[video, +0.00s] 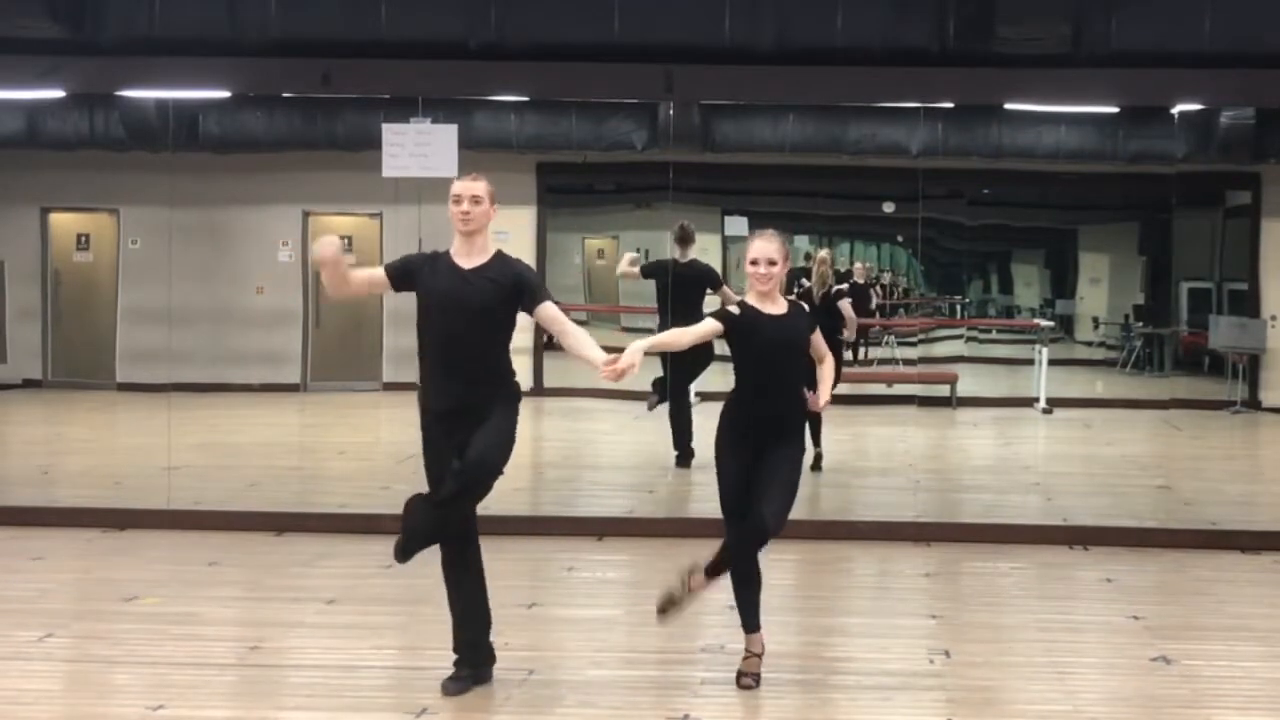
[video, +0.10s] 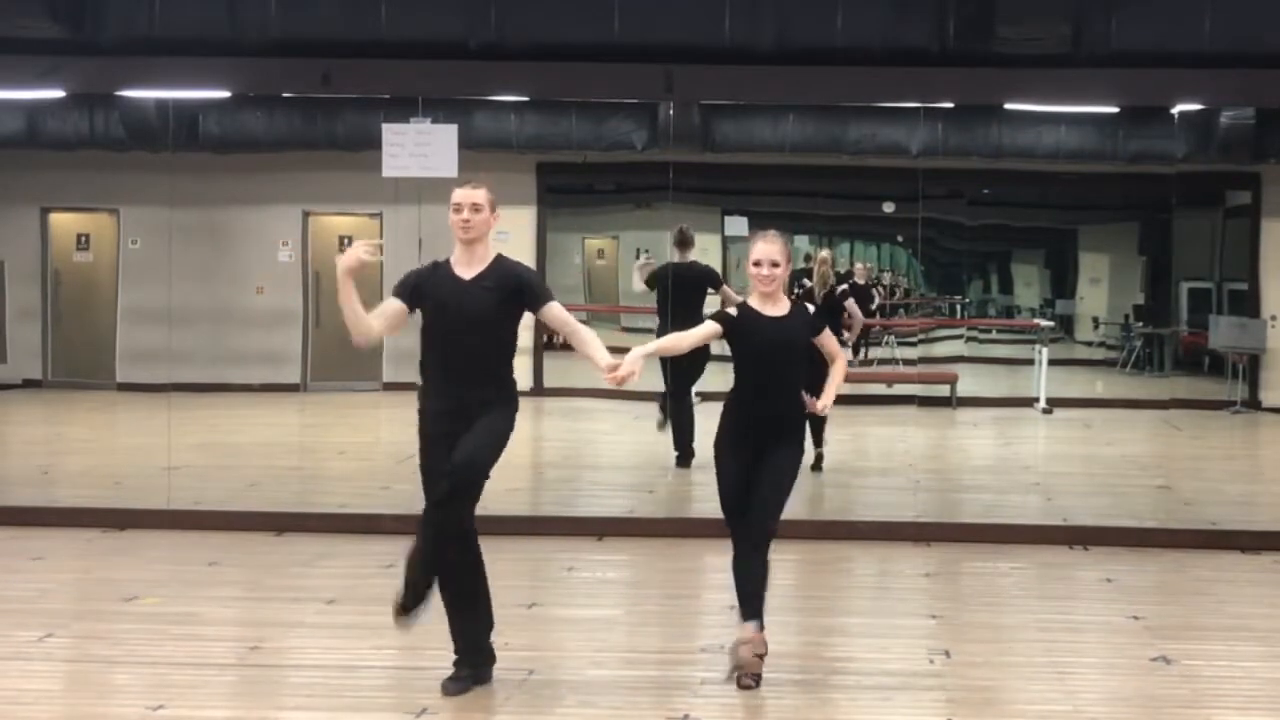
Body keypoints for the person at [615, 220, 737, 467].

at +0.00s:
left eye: (676, 242)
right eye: (688, 242)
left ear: (673, 242)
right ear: (694, 243)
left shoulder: (660, 267)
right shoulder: (704, 271)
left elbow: (622, 272)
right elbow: (731, 299)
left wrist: (627, 258)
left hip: (667, 337)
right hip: (697, 337)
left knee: (678, 395)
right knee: (704, 357)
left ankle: (684, 452)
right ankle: (663, 389)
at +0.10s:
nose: (683, 248)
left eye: (678, 244)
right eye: (689, 245)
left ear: (673, 245)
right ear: (694, 245)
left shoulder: (663, 271)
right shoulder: (705, 272)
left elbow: (640, 286)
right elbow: (732, 299)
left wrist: (637, 268)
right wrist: (743, 303)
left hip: (668, 340)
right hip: (697, 340)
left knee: (678, 393)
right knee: (685, 382)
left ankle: (684, 452)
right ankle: (665, 405)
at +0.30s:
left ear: (675, 248)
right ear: (694, 248)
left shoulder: (664, 275)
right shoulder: (703, 276)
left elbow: (663, 305)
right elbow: (730, 304)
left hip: (664, 344)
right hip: (690, 344)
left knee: (671, 401)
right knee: (690, 402)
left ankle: (685, 452)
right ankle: (719, 443)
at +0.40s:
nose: (685, 252)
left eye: (681, 249)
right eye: (690, 249)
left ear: (676, 250)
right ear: (695, 250)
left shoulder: (665, 276)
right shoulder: (703, 279)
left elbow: (650, 309)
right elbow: (729, 306)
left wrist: (639, 323)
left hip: (666, 347)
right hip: (693, 348)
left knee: (672, 399)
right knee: (699, 398)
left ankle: (681, 454)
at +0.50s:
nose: (688, 256)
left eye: (683, 253)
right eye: (692, 252)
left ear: (677, 253)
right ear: (697, 254)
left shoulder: (664, 278)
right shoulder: (704, 283)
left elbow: (628, 290)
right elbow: (730, 308)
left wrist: (609, 306)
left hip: (669, 345)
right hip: (693, 346)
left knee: (683, 394)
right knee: (678, 394)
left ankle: (685, 450)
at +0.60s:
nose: (688, 256)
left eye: (684, 250)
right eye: (695, 252)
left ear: (678, 252)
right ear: (698, 253)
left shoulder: (666, 277)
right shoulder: (706, 282)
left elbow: (623, 277)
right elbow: (731, 308)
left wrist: (596, 286)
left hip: (667, 351)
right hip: (689, 353)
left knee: (691, 400)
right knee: (670, 402)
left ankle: (679, 450)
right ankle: (650, 457)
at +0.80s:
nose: (690, 256)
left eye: (686, 252)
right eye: (695, 251)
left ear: (681, 253)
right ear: (701, 253)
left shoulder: (670, 281)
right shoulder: (713, 281)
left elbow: (635, 289)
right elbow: (736, 310)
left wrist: (605, 279)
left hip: (668, 351)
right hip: (696, 351)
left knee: (675, 401)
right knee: (699, 401)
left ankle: (688, 455)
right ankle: (678, 440)